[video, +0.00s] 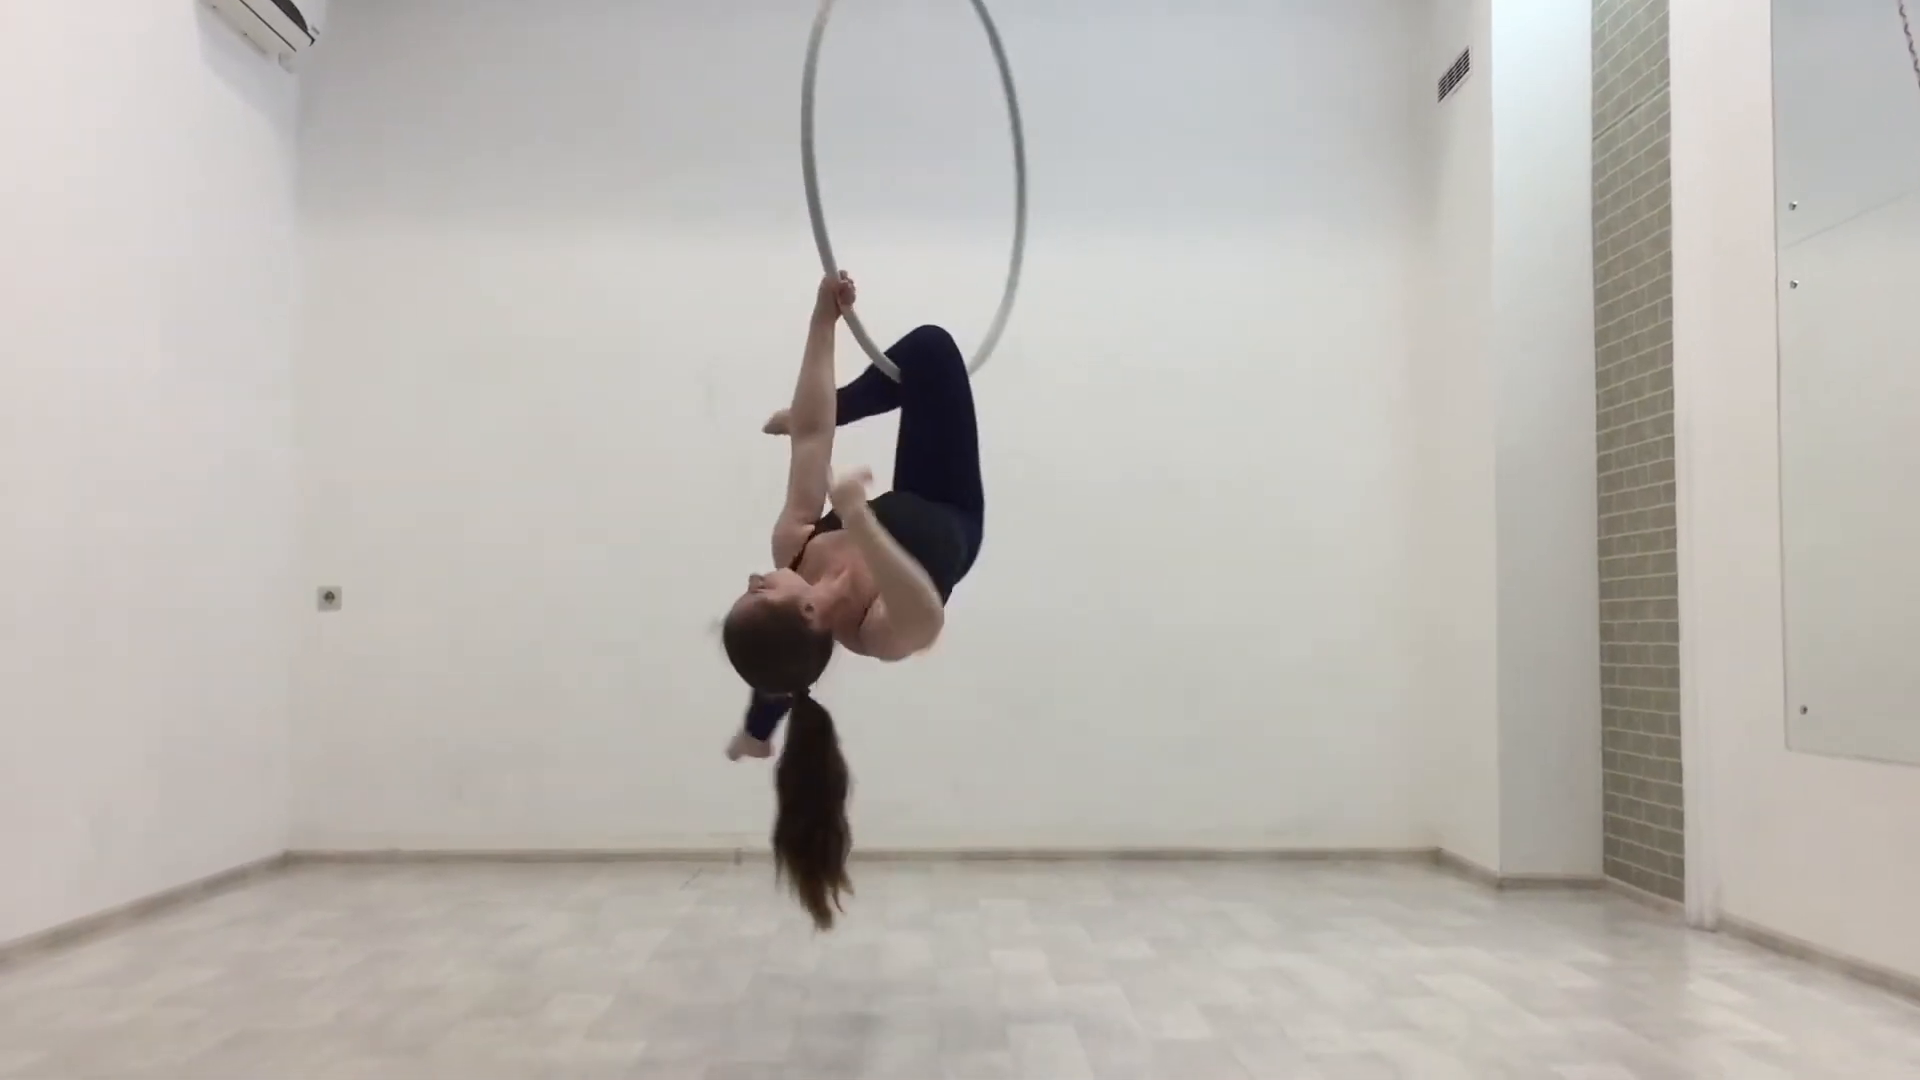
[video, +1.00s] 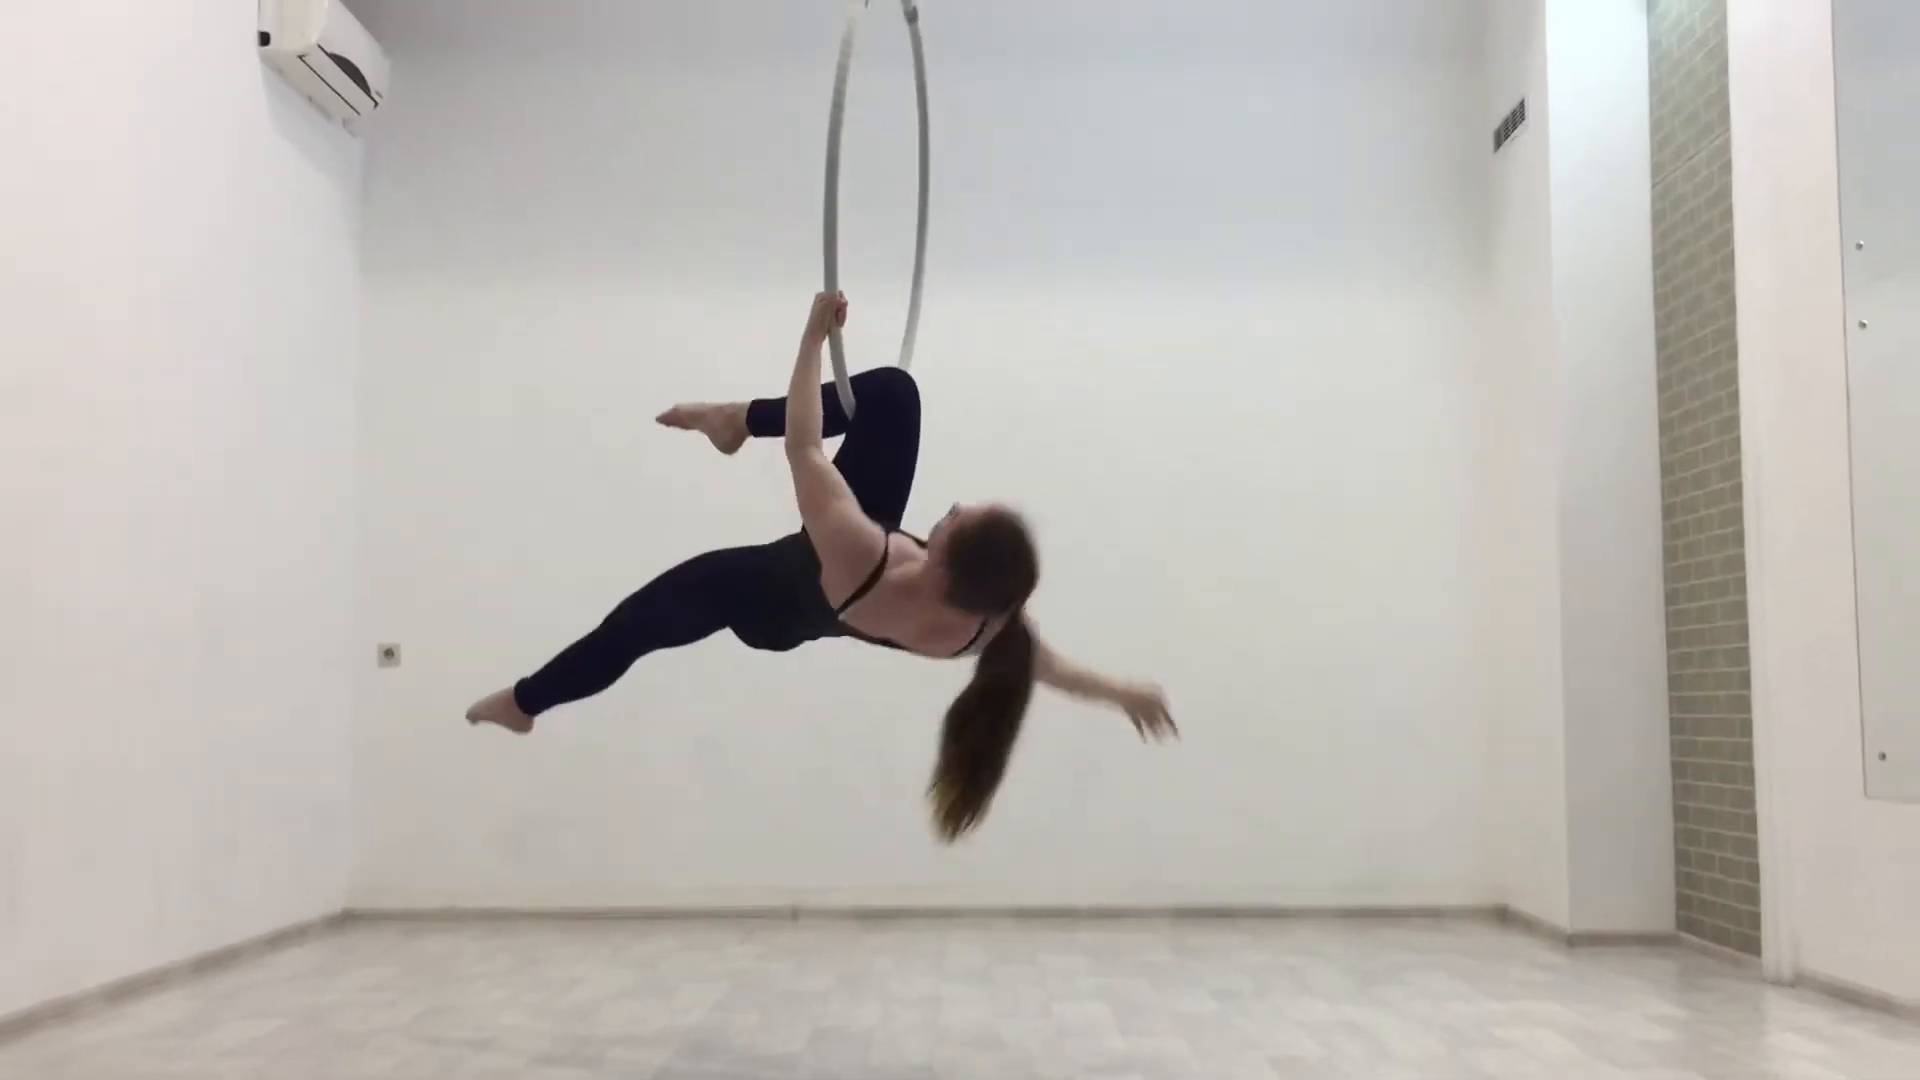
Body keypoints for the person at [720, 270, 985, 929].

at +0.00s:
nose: (760, 577)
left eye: (755, 585)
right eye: (780, 595)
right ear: (822, 628)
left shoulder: (794, 536)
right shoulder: (881, 636)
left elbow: (811, 428)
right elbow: (924, 614)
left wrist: (824, 321)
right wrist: (859, 517)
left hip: (903, 503)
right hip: (951, 529)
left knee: (930, 347)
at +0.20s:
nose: (800, 568)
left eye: (781, 571)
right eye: (803, 583)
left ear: (778, 560)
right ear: (823, 613)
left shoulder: (785, 528)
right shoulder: (873, 624)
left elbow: (802, 411)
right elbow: (930, 690)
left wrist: (810, 300)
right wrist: (875, 602)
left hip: (859, 502)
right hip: (925, 503)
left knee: (741, 601)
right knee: (908, 331)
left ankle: (675, 695)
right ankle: (788, 412)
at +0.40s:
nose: (826, 565)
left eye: (799, 566)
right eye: (828, 582)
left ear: (787, 559)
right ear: (850, 621)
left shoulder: (796, 523)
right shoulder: (900, 620)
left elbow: (808, 406)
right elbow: (922, 677)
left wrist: (817, 296)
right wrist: (935, 671)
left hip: (829, 503)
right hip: (906, 498)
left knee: (699, 590)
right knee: (906, 331)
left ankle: (605, 678)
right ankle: (771, 397)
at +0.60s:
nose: (843, 581)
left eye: (819, 590)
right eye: (855, 597)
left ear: (806, 591)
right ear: (880, 633)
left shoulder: (806, 544)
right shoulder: (916, 647)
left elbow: (811, 428)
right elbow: (969, 719)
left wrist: (817, 318)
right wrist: (1000, 785)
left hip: (827, 531)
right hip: (899, 527)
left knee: (673, 615)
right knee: (894, 352)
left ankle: (563, 699)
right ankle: (749, 414)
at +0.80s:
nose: (879, 558)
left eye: (869, 578)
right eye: (901, 567)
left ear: (848, 616)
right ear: (927, 631)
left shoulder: (814, 577)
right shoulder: (949, 663)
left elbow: (809, 449)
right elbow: (1041, 751)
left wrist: (818, 341)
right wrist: (1138, 834)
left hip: (799, 587)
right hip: (882, 544)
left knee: (652, 633)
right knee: (890, 379)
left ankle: (537, 722)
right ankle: (738, 428)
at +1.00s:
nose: (949, 508)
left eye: (949, 525)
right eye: (959, 516)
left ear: (942, 555)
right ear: (991, 599)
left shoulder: (866, 546)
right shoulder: (986, 628)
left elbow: (805, 446)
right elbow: (1051, 672)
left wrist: (815, 342)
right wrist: (1124, 694)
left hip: (785, 584)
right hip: (846, 602)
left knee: (648, 615)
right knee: (898, 394)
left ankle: (526, 701)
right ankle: (735, 422)